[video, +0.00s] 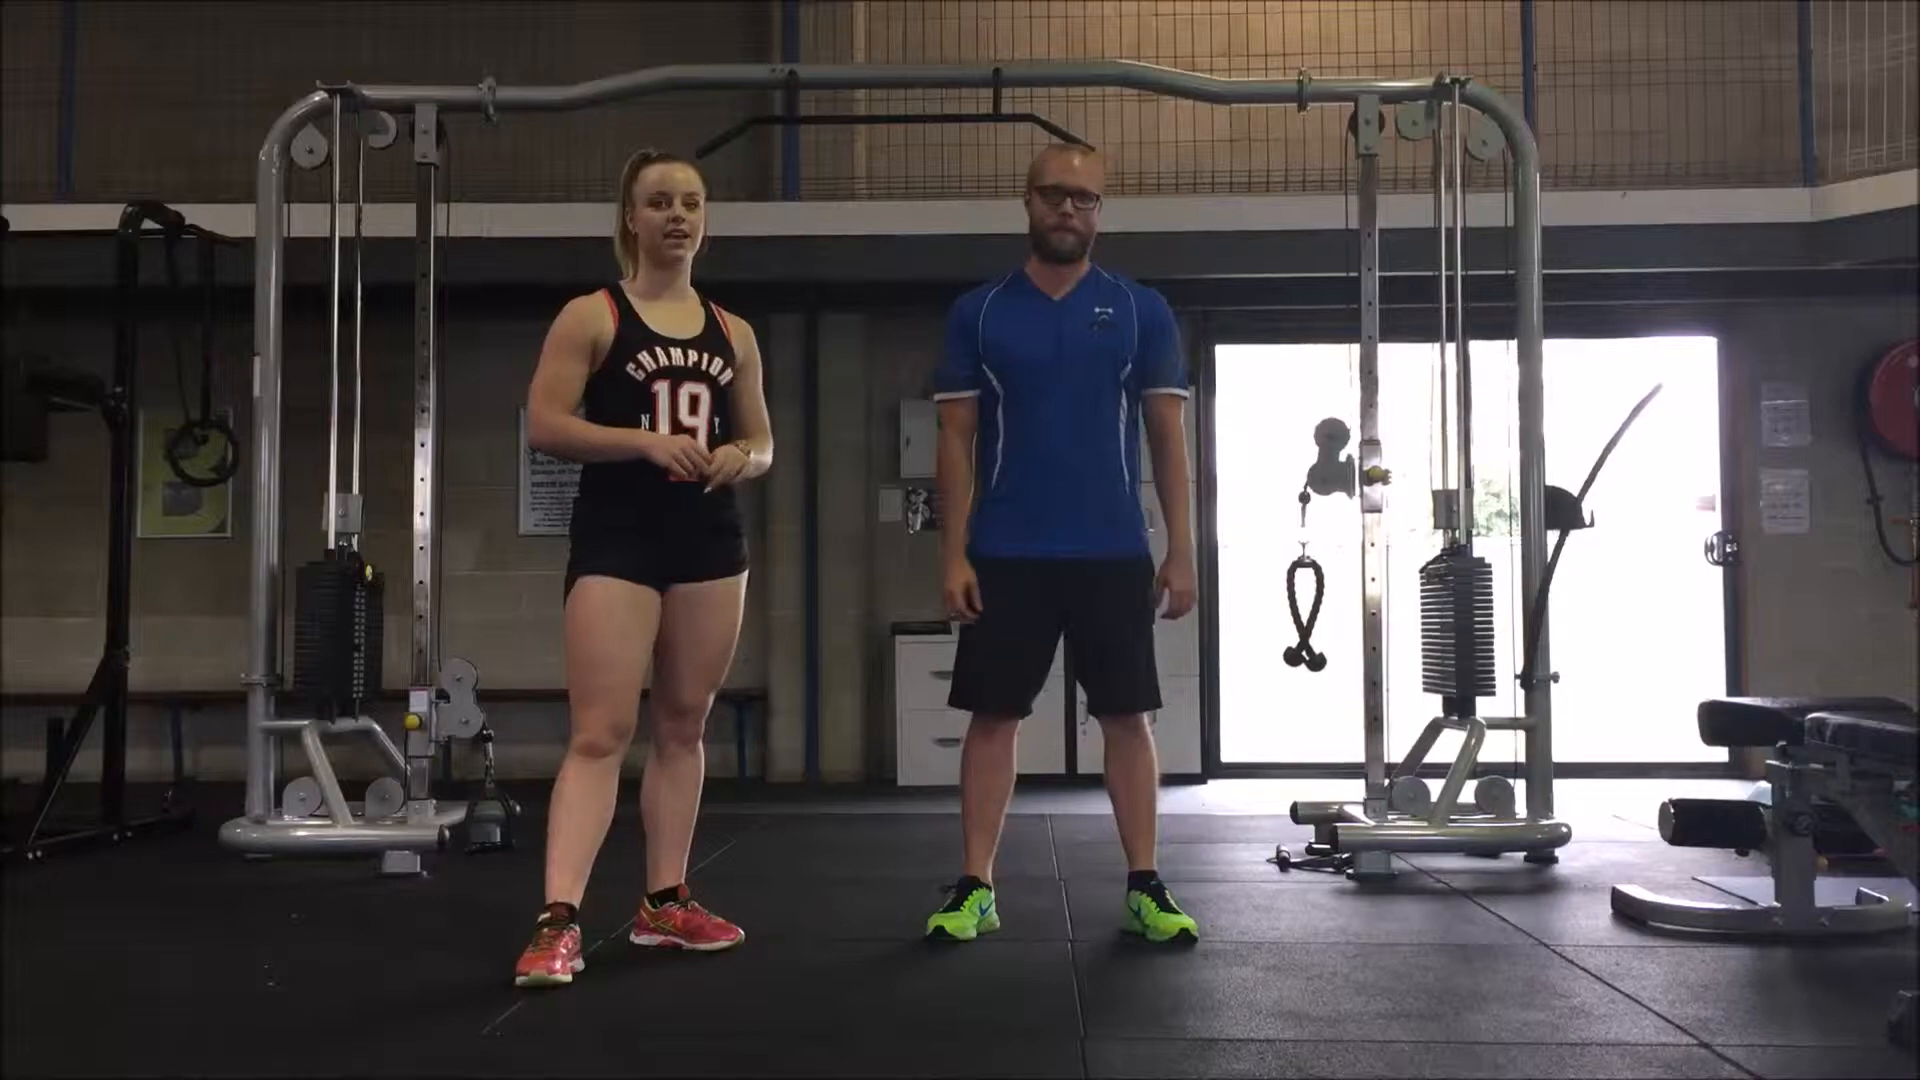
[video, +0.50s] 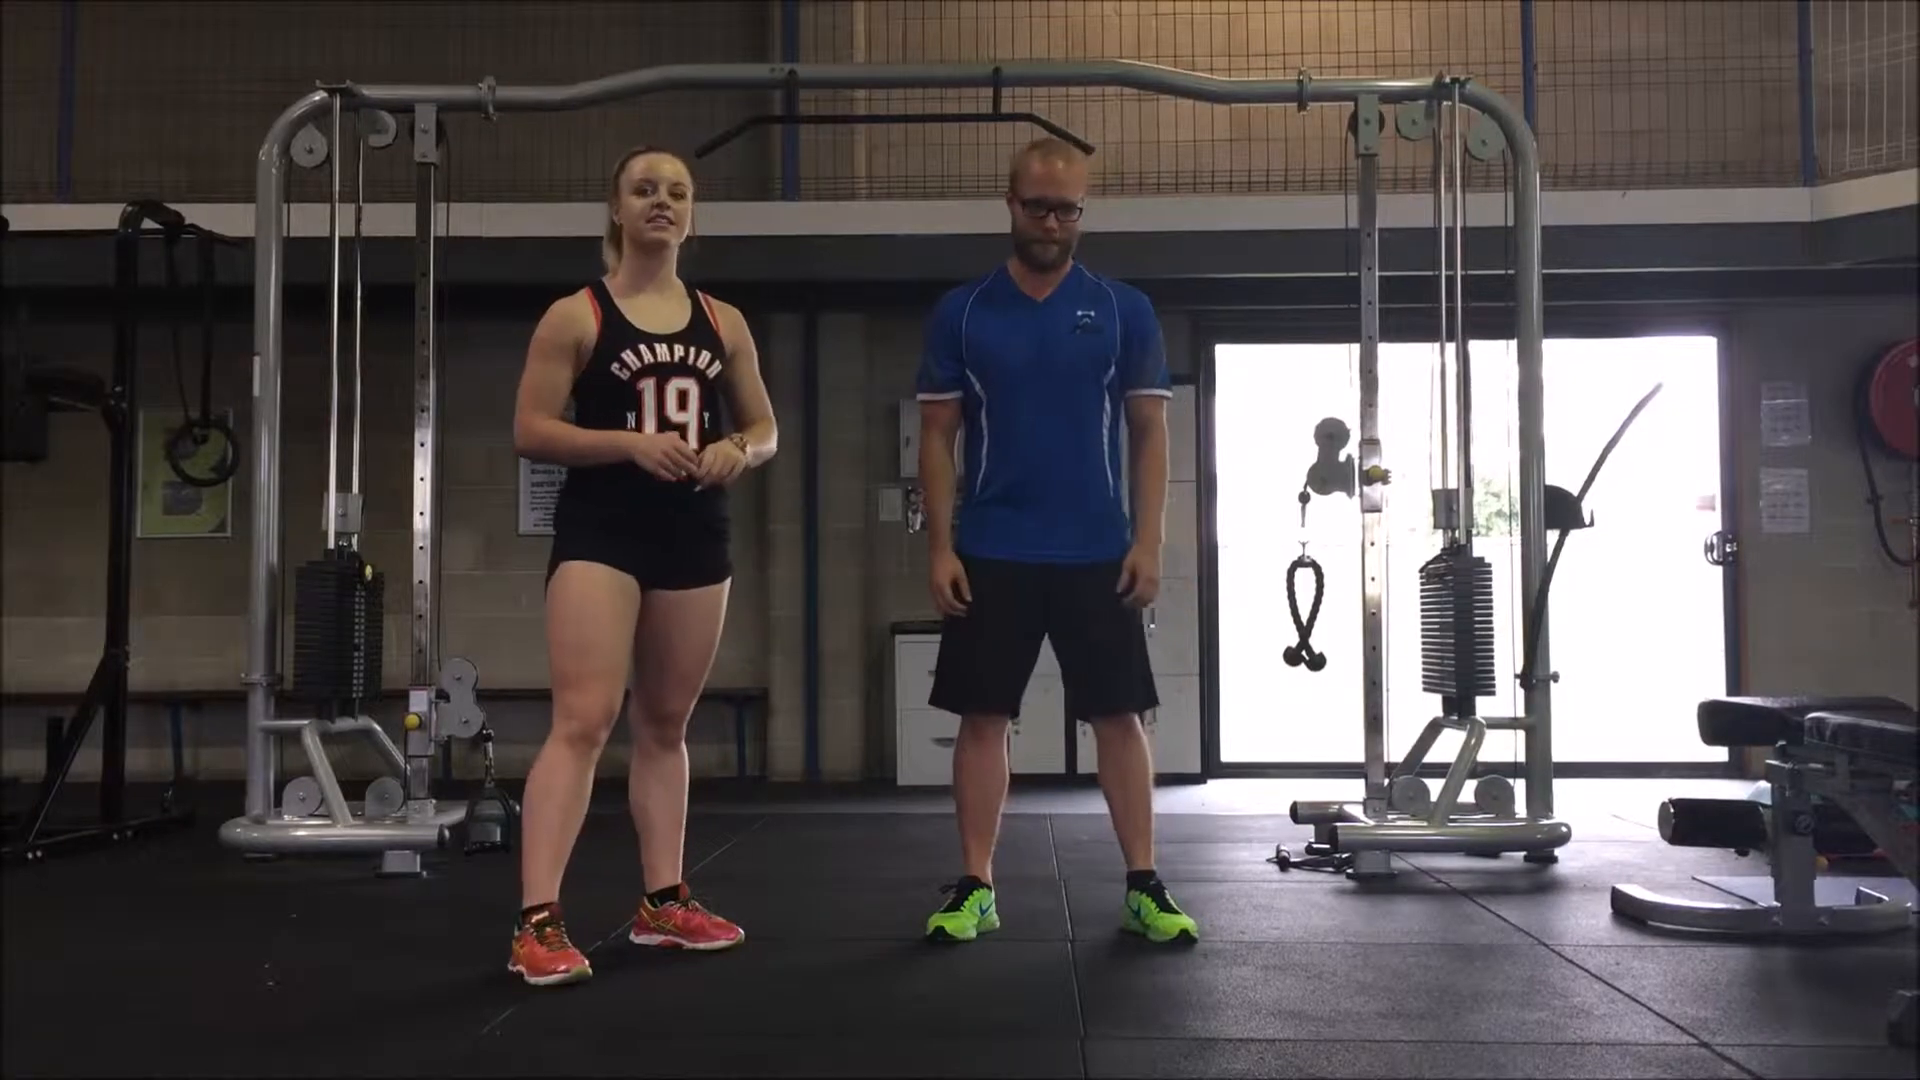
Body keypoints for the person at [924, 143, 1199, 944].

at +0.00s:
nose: (1069, 211)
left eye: (1084, 199)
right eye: (1054, 196)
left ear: (1102, 210)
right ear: (1027, 203)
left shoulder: (1140, 310)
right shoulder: (978, 313)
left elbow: (1168, 437)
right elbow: (955, 436)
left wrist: (1180, 548)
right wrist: (953, 552)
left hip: (1111, 554)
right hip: (1008, 555)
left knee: (1127, 718)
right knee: (991, 720)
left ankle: (1145, 885)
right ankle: (976, 887)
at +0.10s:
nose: (1065, 209)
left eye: (1081, 198)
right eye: (1050, 195)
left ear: (1100, 210)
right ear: (1024, 202)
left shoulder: (1140, 310)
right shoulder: (977, 313)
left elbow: (1169, 437)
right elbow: (952, 437)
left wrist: (1183, 548)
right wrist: (943, 552)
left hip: (1110, 554)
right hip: (1008, 554)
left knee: (1127, 717)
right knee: (992, 719)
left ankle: (1145, 885)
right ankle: (975, 887)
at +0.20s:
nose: (1062, 209)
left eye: (1078, 198)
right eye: (1047, 195)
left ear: (1098, 209)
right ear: (1021, 202)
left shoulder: (1138, 310)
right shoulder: (975, 312)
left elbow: (1167, 433)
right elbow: (949, 433)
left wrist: (1180, 545)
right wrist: (940, 550)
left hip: (1109, 553)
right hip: (1006, 554)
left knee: (1126, 717)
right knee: (990, 719)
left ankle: (1145, 884)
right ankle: (976, 886)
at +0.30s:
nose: (1061, 213)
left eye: (1075, 201)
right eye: (1045, 198)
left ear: (1094, 210)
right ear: (1019, 203)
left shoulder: (1134, 309)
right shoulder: (972, 312)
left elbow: (1164, 433)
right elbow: (946, 433)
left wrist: (1173, 543)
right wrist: (939, 548)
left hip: (1107, 554)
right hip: (1004, 554)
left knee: (1125, 717)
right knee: (989, 719)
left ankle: (1145, 885)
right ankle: (976, 887)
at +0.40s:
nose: (1055, 217)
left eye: (1070, 204)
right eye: (1041, 201)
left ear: (1090, 210)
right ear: (1014, 202)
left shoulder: (1129, 310)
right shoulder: (967, 312)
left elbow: (1156, 431)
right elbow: (941, 432)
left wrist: (1161, 543)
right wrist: (940, 547)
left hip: (1101, 555)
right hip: (999, 555)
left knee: (1122, 717)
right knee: (986, 720)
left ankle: (1144, 885)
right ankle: (976, 887)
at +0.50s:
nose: (1053, 222)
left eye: (1067, 209)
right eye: (1038, 207)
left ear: (1085, 209)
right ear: (1009, 205)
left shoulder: (1124, 310)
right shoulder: (960, 313)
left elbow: (1149, 431)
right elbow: (936, 433)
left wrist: (1148, 542)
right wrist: (940, 545)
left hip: (1095, 554)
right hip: (994, 555)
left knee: (1120, 716)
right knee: (982, 718)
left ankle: (1144, 885)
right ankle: (976, 885)